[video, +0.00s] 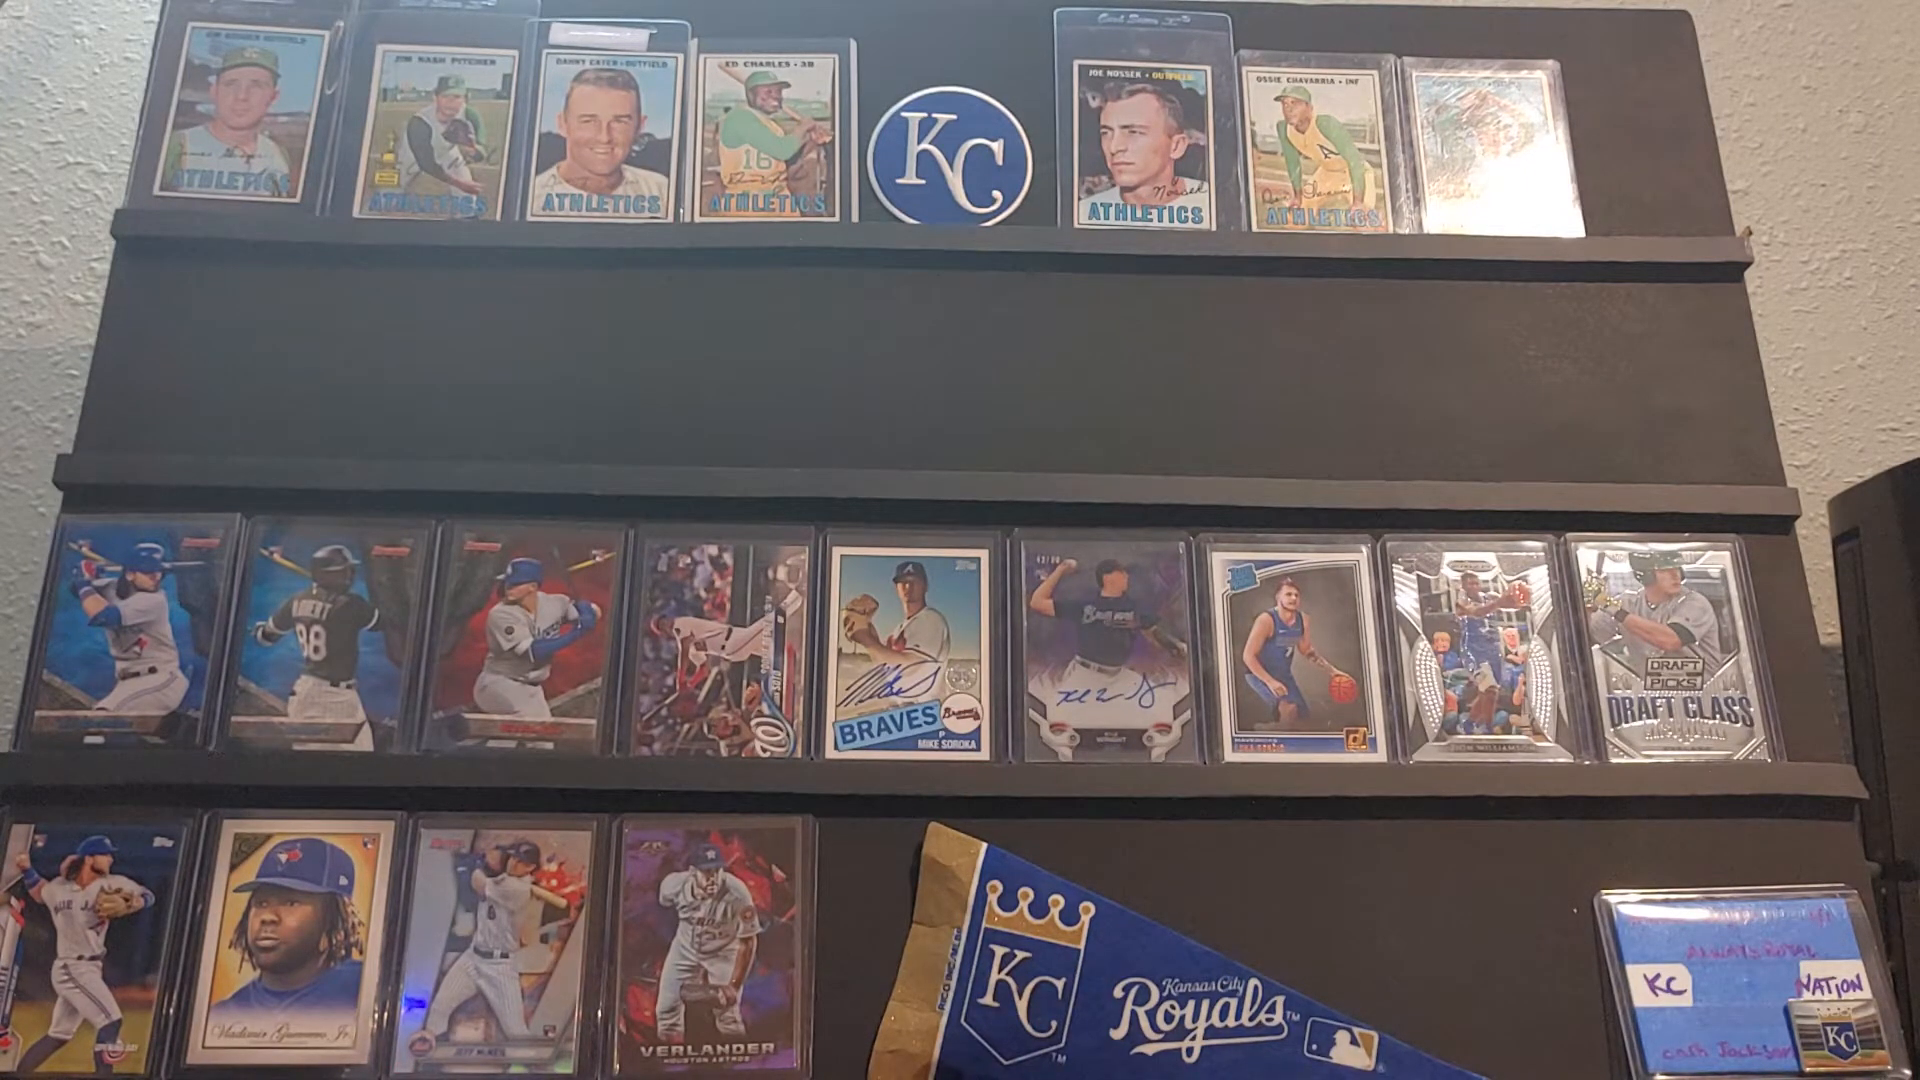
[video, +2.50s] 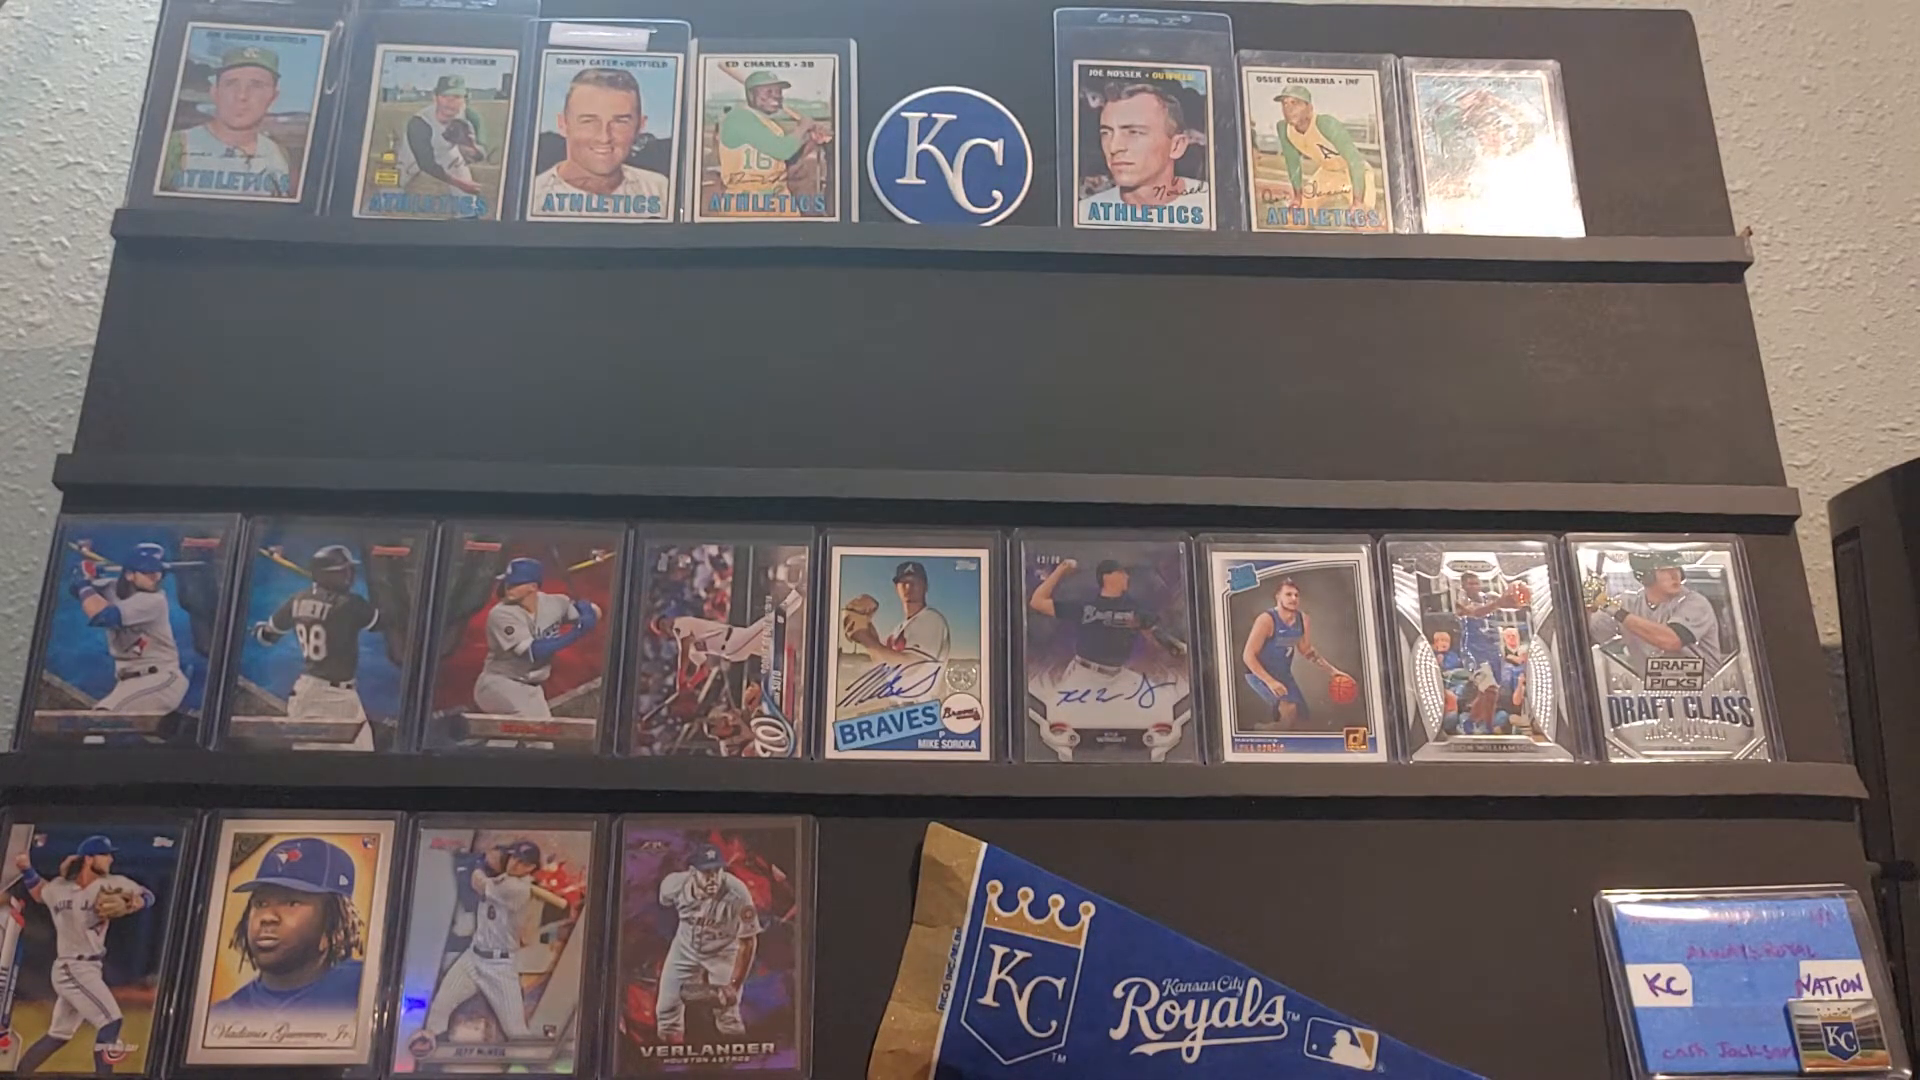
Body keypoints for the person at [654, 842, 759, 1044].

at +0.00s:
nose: (711, 878)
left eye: (716, 871)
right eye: (706, 872)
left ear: (722, 869)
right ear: (693, 870)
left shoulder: (738, 893)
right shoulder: (673, 885)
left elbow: (748, 941)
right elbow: (667, 907)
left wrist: (734, 985)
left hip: (724, 954)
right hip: (684, 947)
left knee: (727, 1014)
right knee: (666, 1009)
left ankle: (741, 1068)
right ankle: (674, 1069)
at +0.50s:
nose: (711, 878)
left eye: (716, 871)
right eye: (706, 872)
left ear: (722, 869)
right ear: (692, 870)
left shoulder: (738, 893)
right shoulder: (673, 885)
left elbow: (749, 941)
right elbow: (667, 909)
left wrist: (734, 985)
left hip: (724, 953)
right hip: (684, 947)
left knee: (727, 1014)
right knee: (666, 1009)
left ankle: (741, 1068)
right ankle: (674, 1069)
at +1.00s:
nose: (711, 878)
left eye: (716, 871)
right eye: (706, 872)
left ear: (722, 869)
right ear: (692, 870)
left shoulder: (738, 893)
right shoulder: (673, 885)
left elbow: (749, 941)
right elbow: (667, 909)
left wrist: (734, 985)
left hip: (724, 953)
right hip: (684, 947)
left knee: (727, 1014)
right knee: (666, 1009)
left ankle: (741, 1068)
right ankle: (674, 1069)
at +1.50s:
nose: (712, 878)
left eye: (716, 871)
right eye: (705, 872)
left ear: (722, 869)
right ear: (693, 870)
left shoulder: (738, 892)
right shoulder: (674, 885)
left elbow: (749, 941)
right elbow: (666, 907)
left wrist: (735, 985)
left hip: (725, 953)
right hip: (685, 947)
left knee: (727, 1015)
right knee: (666, 1009)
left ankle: (741, 1068)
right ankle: (673, 1069)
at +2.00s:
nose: (711, 878)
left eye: (716, 871)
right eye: (705, 872)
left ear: (722, 869)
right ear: (692, 870)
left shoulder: (738, 892)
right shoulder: (673, 885)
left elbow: (749, 941)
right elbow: (666, 907)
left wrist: (735, 985)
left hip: (724, 953)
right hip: (684, 947)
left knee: (727, 1015)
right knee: (666, 1009)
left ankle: (741, 1068)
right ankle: (673, 1069)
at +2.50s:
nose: (712, 878)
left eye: (716, 871)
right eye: (706, 872)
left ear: (722, 869)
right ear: (693, 871)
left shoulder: (738, 893)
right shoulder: (673, 886)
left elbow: (749, 941)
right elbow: (667, 913)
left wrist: (735, 985)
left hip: (724, 954)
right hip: (684, 948)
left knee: (727, 1014)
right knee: (666, 1009)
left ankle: (740, 1068)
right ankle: (673, 1068)